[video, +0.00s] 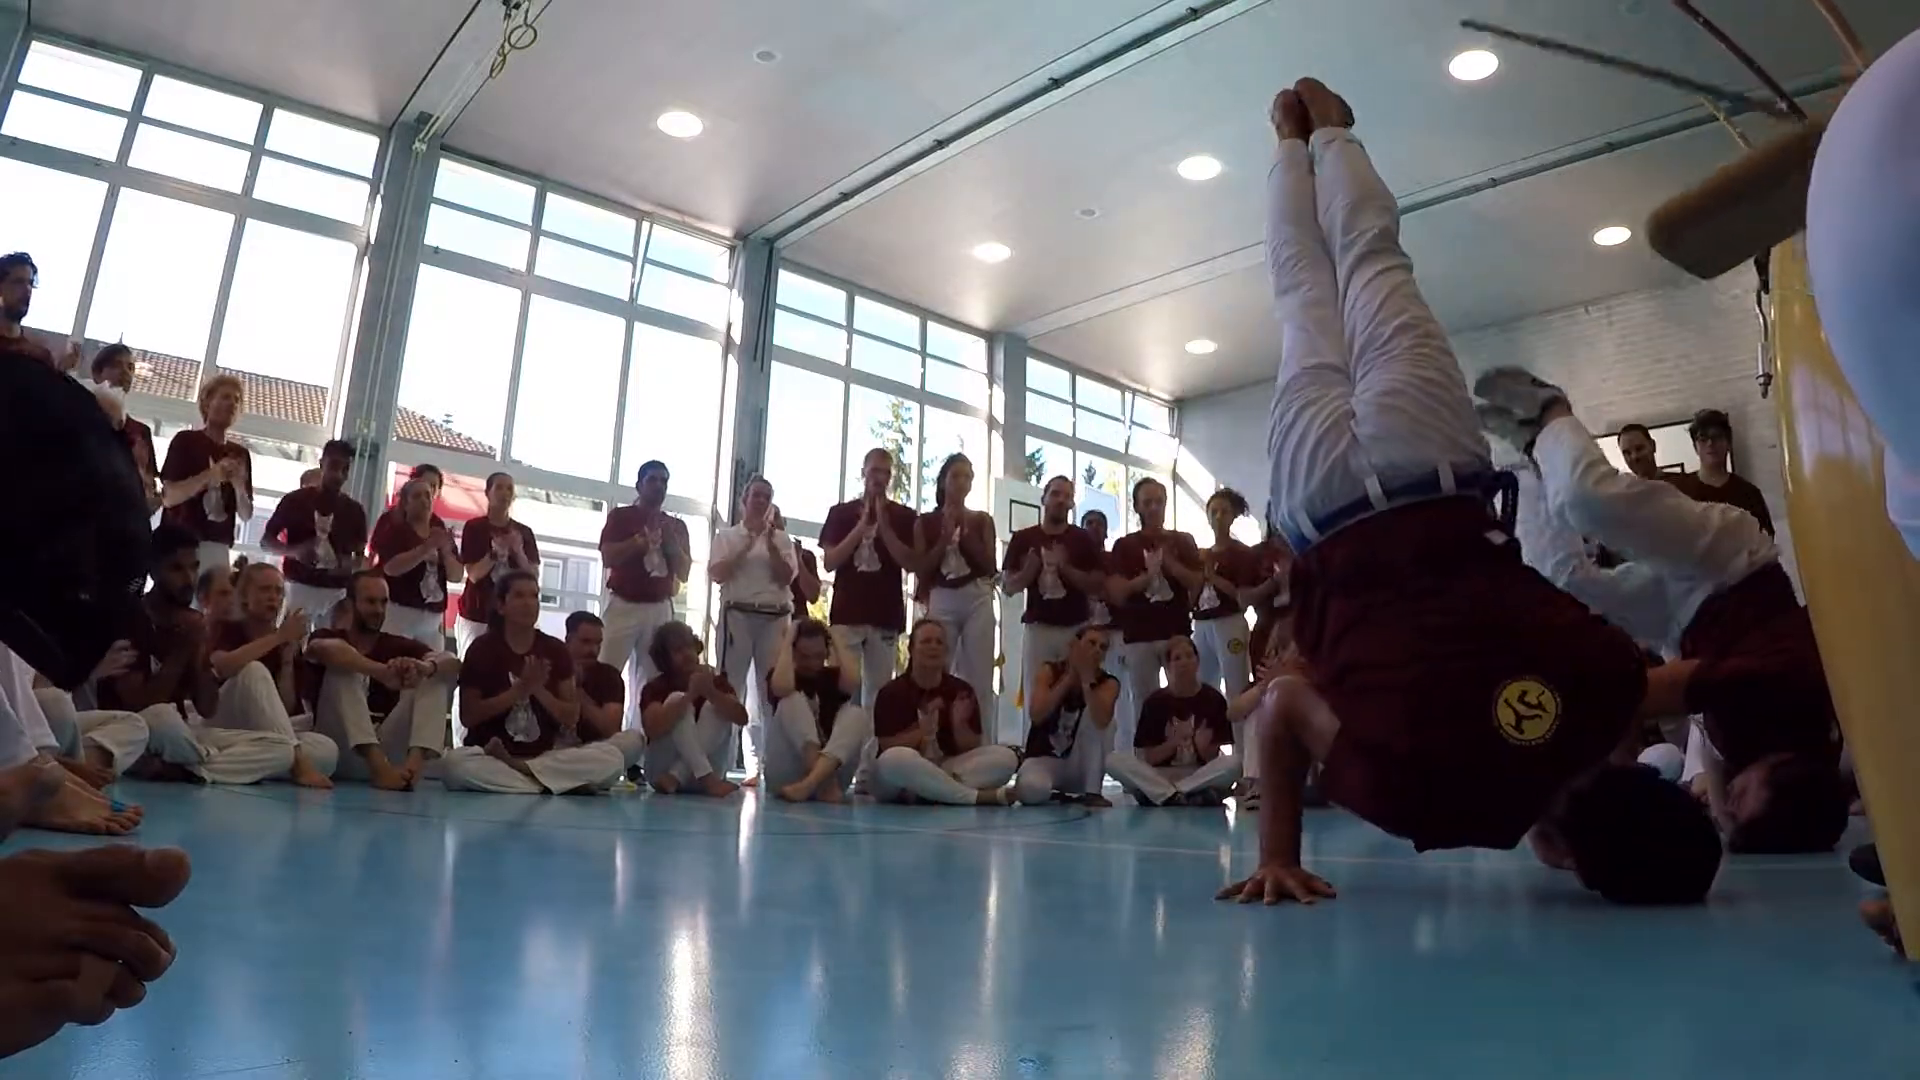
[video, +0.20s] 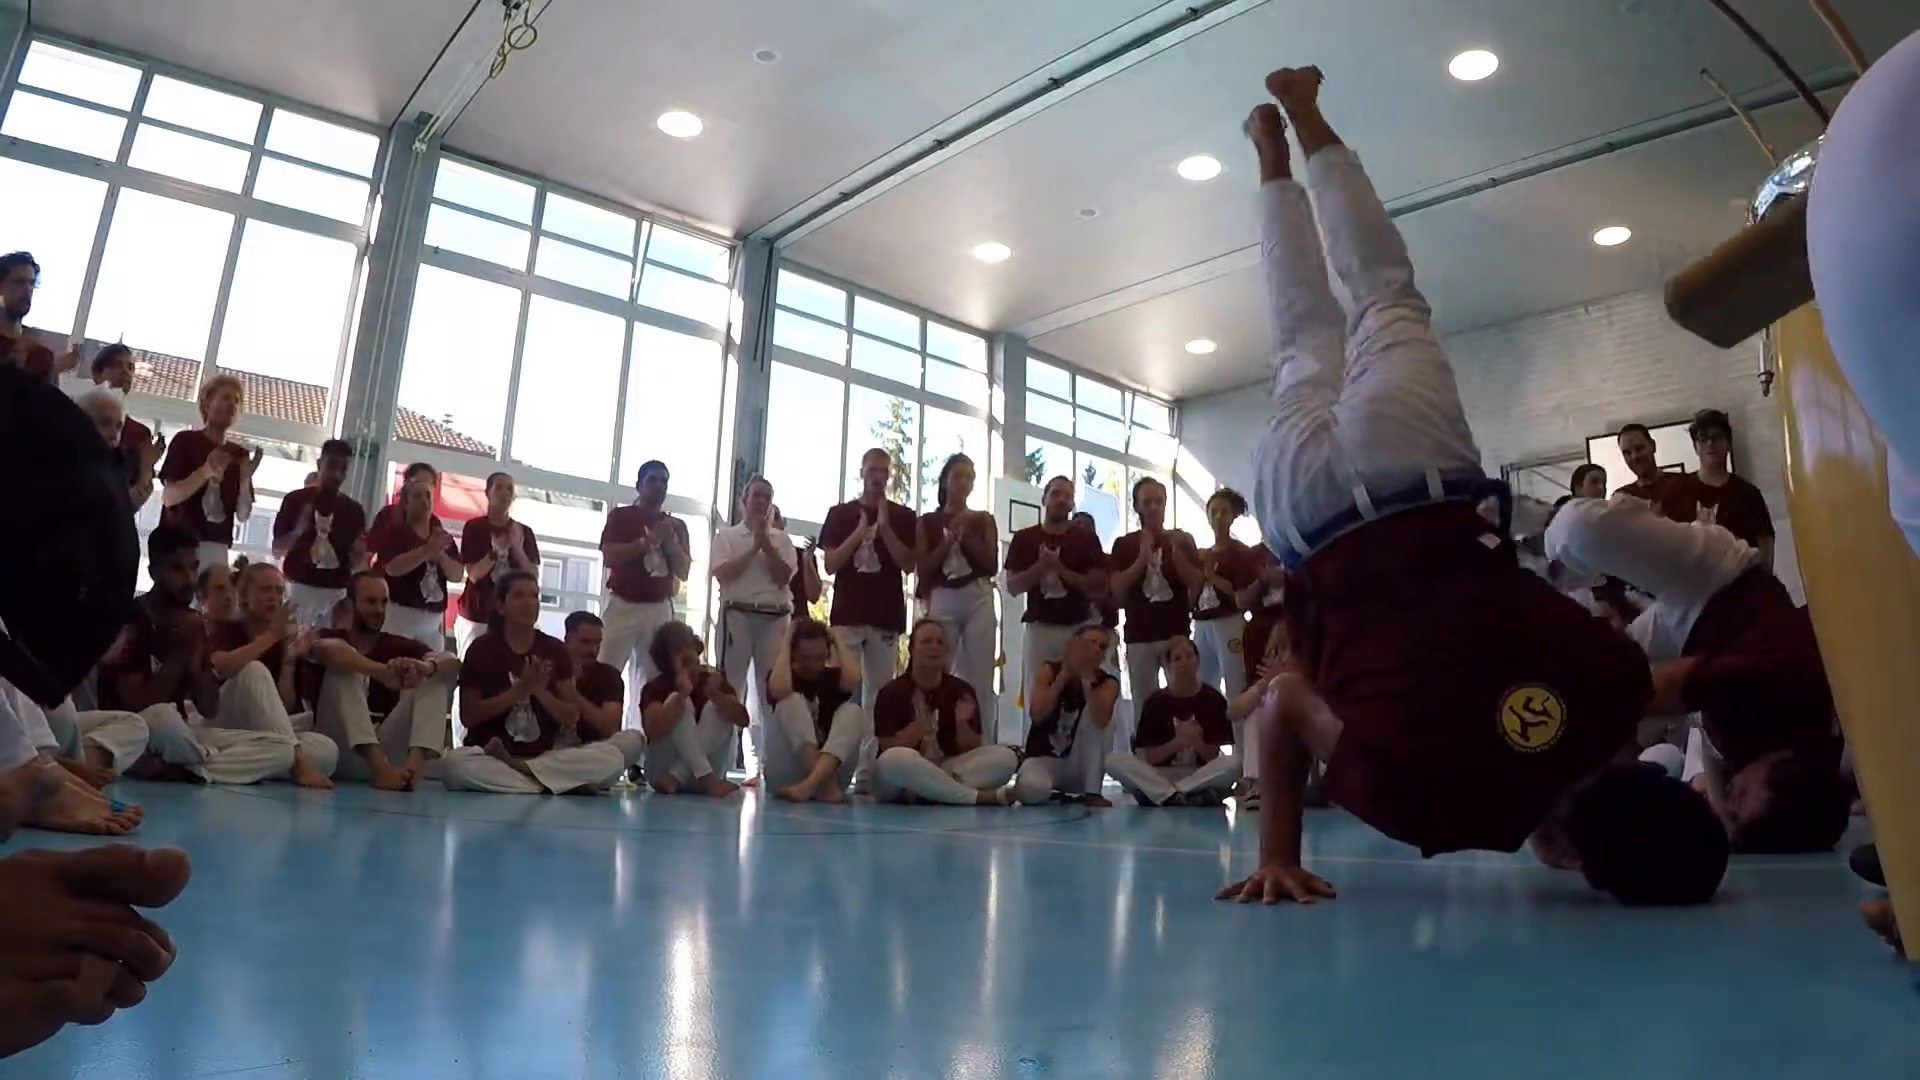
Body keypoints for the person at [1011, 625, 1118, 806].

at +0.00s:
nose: (1096, 651)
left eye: (1102, 647)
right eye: (1091, 643)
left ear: (1106, 654)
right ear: (1075, 644)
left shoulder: (1108, 683)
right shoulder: (1049, 670)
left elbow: (1101, 718)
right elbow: (1037, 714)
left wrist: (1087, 675)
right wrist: (1070, 676)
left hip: (1082, 764)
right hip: (1043, 761)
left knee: (1096, 712)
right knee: (1031, 792)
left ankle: (1093, 792)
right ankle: (1057, 798)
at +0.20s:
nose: (1096, 650)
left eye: (1102, 647)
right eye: (1091, 643)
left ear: (1105, 653)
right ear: (1073, 643)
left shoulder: (1107, 682)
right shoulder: (1049, 670)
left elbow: (1100, 718)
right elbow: (1037, 715)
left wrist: (1087, 680)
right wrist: (1062, 677)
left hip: (1081, 764)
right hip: (1043, 761)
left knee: (1095, 712)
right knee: (1031, 792)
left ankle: (1093, 792)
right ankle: (1056, 797)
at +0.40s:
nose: (1097, 651)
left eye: (1102, 647)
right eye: (1091, 643)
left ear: (1106, 653)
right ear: (1074, 644)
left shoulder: (1107, 682)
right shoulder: (1049, 671)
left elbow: (1099, 718)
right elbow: (1038, 715)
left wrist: (1086, 676)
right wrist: (1068, 674)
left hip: (1081, 763)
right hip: (1043, 761)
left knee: (1095, 711)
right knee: (1031, 792)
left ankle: (1092, 792)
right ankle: (1057, 797)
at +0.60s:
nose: (1096, 651)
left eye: (1102, 648)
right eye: (1091, 643)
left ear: (1105, 654)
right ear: (1074, 643)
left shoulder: (1106, 681)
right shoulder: (1049, 671)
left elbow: (1100, 718)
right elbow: (1038, 715)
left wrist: (1085, 674)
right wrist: (1069, 679)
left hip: (1081, 763)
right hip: (1043, 761)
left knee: (1095, 712)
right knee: (1031, 792)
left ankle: (1092, 792)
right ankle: (1057, 797)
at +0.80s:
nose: (1096, 651)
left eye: (1102, 647)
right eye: (1090, 643)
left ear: (1106, 654)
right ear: (1073, 645)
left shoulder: (1107, 682)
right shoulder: (1049, 671)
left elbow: (1101, 720)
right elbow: (1037, 715)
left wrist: (1089, 682)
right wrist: (1063, 676)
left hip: (1084, 760)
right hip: (1044, 757)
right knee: (1033, 790)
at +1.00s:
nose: (1096, 652)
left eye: (1103, 648)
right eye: (1091, 643)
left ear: (1106, 652)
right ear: (1074, 643)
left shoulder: (1108, 682)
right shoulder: (1049, 670)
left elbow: (1101, 720)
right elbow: (1038, 715)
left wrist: (1085, 676)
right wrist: (1071, 679)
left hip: (1076, 759)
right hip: (1040, 754)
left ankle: (1011, 794)